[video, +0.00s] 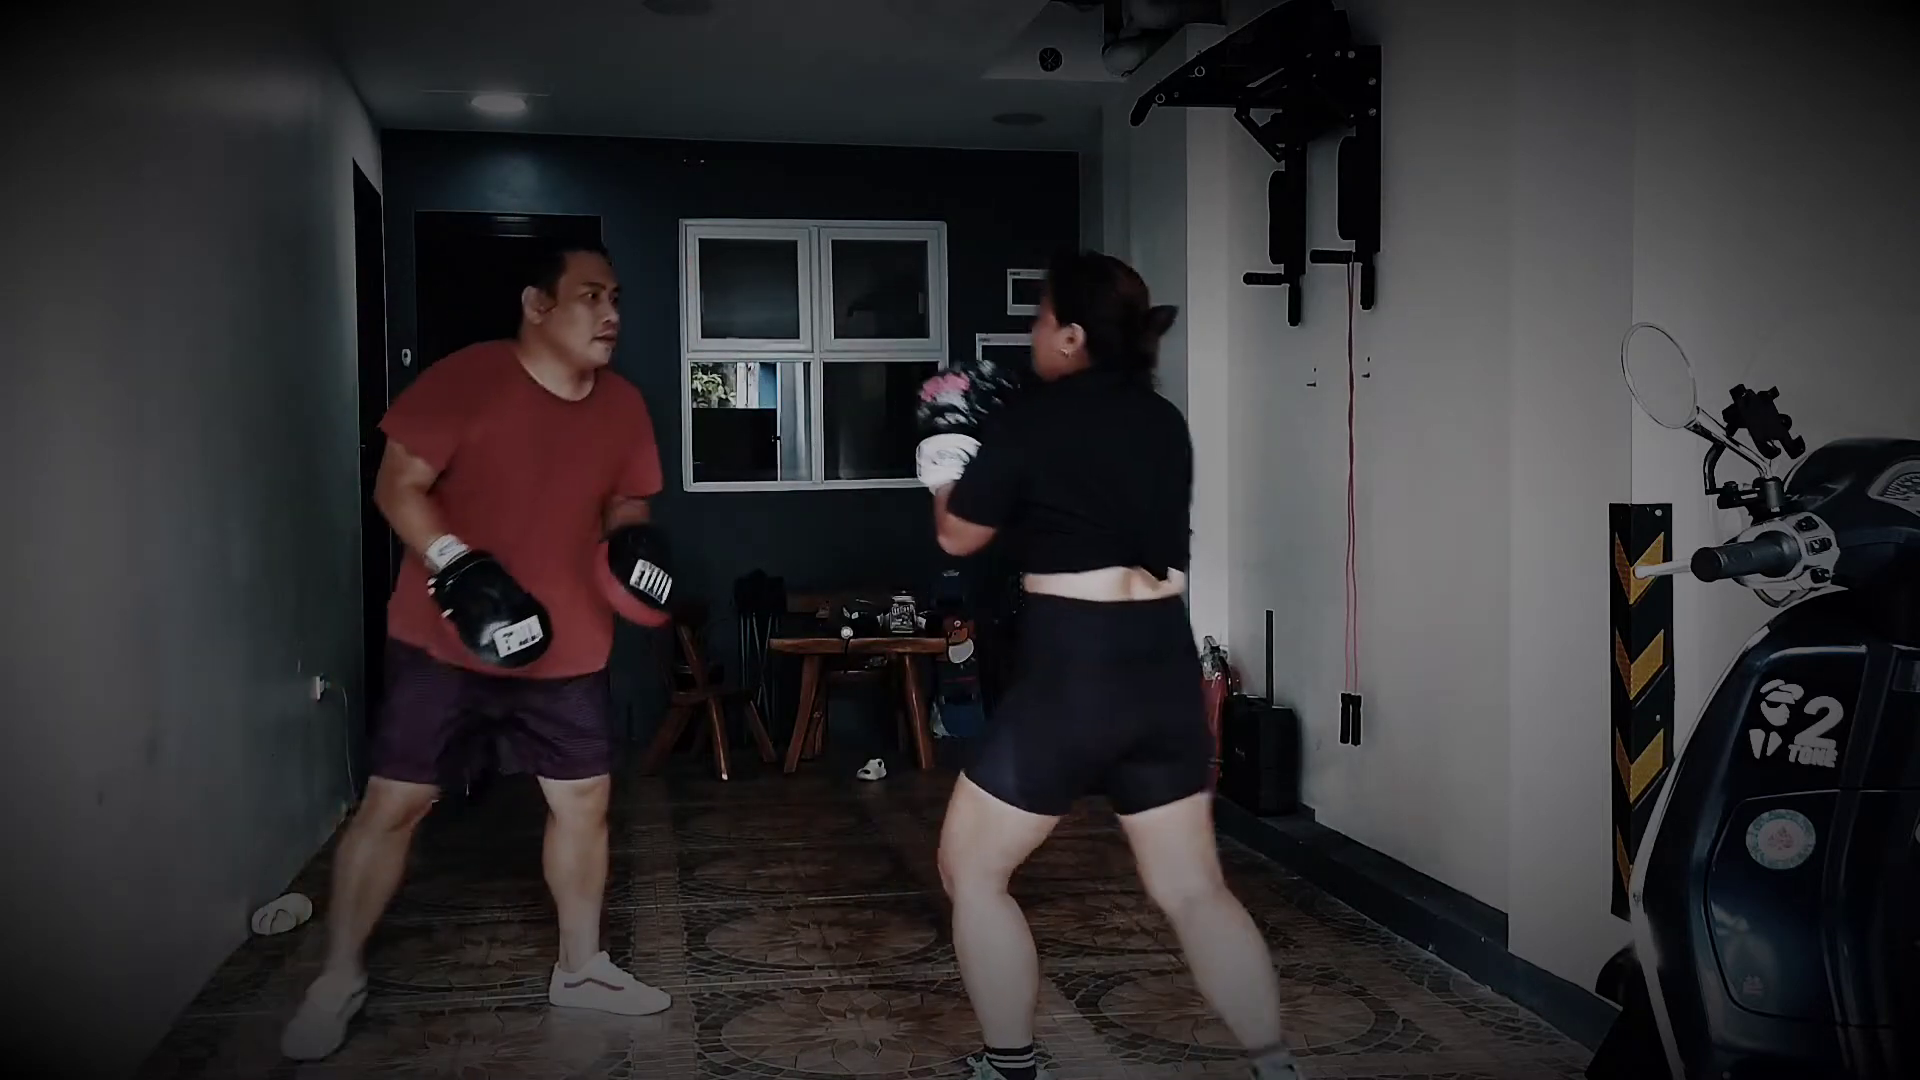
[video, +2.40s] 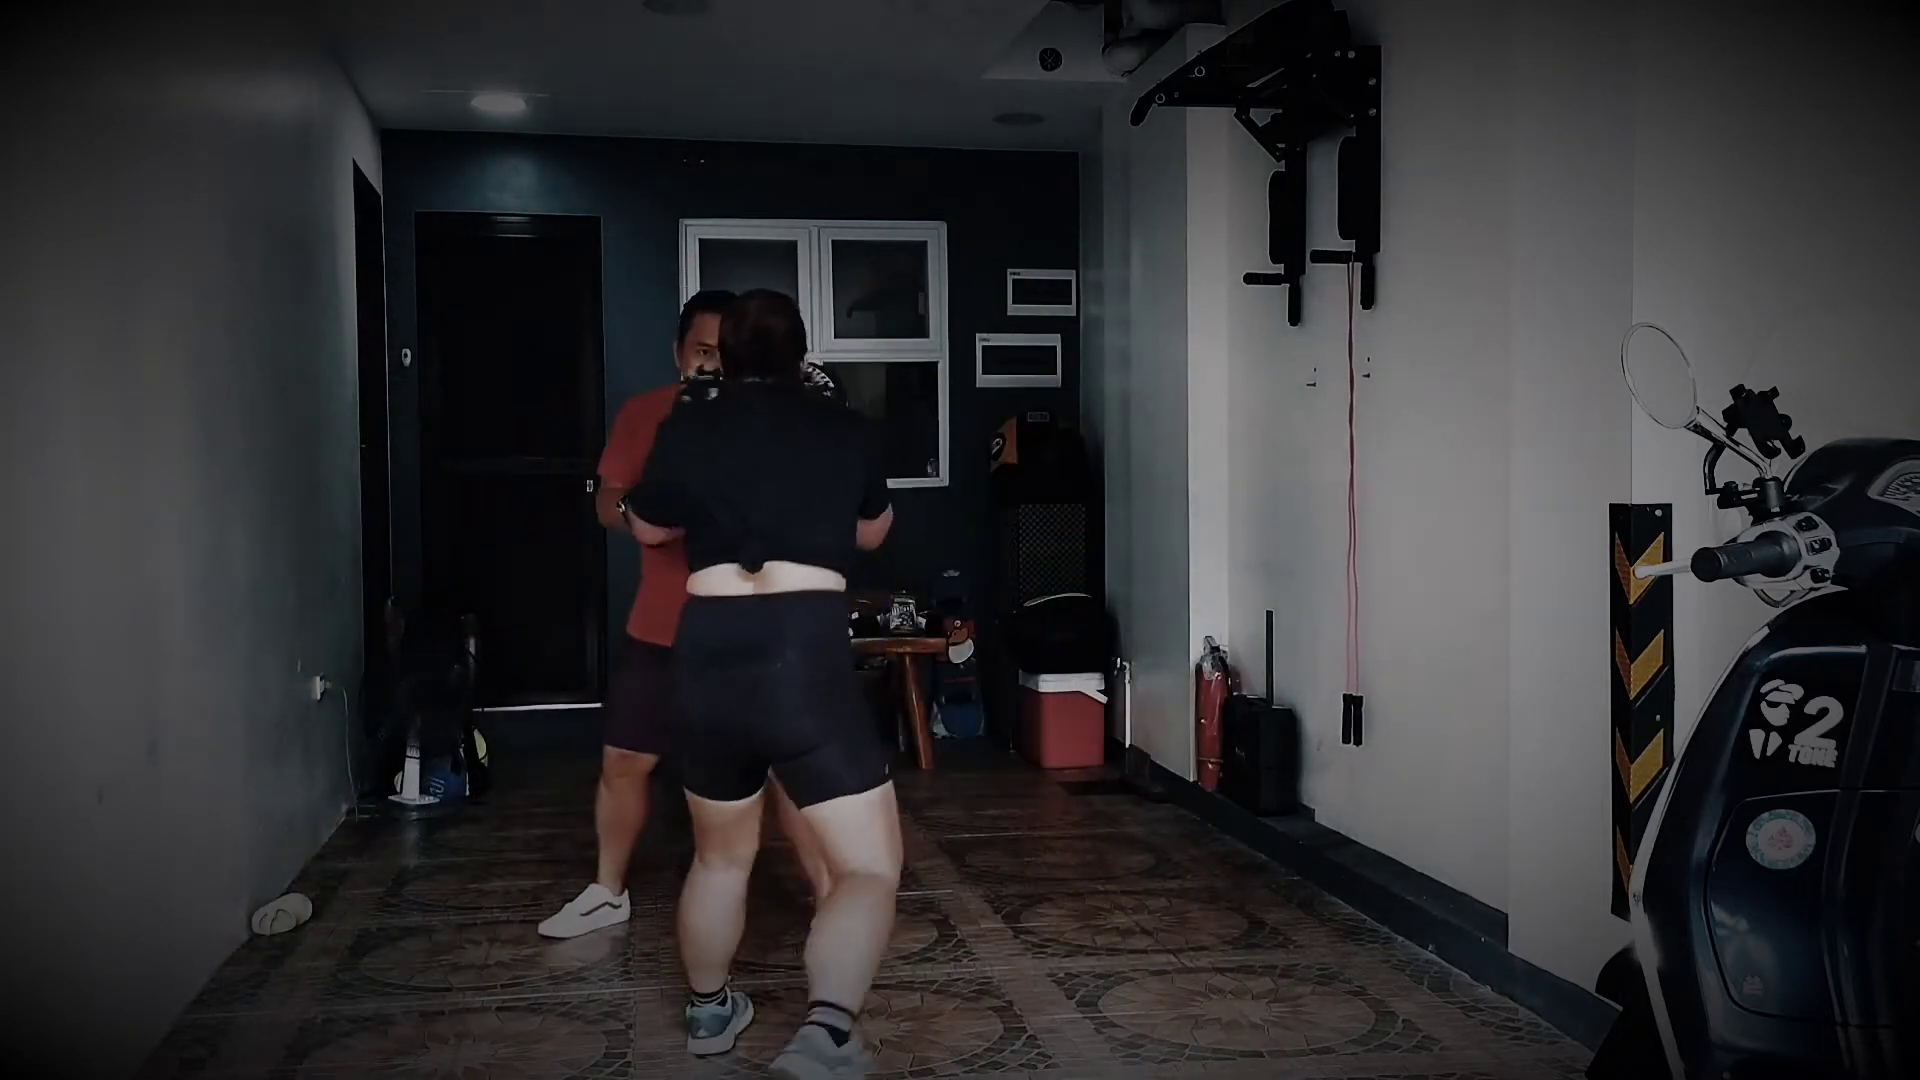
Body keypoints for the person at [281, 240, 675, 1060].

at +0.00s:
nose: (610, 312)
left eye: (614, 298)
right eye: (591, 296)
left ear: (613, 313)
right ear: (537, 307)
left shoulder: (621, 404)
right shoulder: (466, 381)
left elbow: (630, 503)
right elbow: (397, 487)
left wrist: (636, 548)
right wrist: (461, 571)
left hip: (568, 651)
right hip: (445, 645)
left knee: (583, 797)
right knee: (394, 803)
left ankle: (580, 969)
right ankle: (340, 973)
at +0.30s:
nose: (599, 338)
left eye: (604, 323)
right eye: (581, 323)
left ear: (608, 331)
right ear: (530, 328)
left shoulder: (615, 418)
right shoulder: (459, 401)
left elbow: (667, 509)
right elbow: (408, 509)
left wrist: (694, 442)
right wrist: (490, 514)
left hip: (582, 648)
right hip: (467, 655)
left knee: (643, 763)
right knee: (451, 811)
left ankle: (616, 935)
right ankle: (447, 939)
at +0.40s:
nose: (600, 345)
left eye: (605, 330)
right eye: (582, 330)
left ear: (609, 337)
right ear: (531, 334)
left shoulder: (617, 419)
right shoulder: (466, 403)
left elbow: (678, 502)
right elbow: (417, 514)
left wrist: (699, 432)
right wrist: (495, 502)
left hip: (589, 649)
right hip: (471, 658)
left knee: (657, 765)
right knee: (452, 812)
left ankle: (686, 928)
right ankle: (448, 939)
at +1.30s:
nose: (682, 346)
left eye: (695, 331)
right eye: (665, 330)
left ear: (708, 335)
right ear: (628, 331)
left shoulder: (731, 404)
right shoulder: (578, 398)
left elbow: (782, 457)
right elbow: (529, 492)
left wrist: (792, 385)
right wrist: (568, 501)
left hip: (697, 642)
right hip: (584, 641)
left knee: (726, 783)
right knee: (537, 777)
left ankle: (746, 941)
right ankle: (530, 898)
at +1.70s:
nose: (666, 359)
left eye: (679, 345)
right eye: (650, 344)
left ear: (694, 349)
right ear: (618, 347)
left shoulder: (720, 410)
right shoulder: (576, 418)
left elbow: (769, 470)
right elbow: (540, 505)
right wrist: (574, 519)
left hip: (715, 636)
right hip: (609, 641)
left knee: (758, 773)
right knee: (595, 773)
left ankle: (799, 901)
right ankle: (607, 891)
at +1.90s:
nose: (692, 357)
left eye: (706, 343)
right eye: (676, 343)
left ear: (724, 350)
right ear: (649, 350)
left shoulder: (745, 419)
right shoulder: (617, 419)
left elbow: (775, 504)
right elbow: (583, 503)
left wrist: (729, 516)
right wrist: (601, 520)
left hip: (727, 637)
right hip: (640, 636)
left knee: (740, 778)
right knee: (616, 770)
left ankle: (755, 897)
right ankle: (610, 891)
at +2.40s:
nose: (709, 361)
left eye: (722, 350)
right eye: (699, 348)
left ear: (745, 356)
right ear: (677, 350)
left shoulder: (770, 416)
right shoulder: (646, 414)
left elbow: (795, 498)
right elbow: (605, 501)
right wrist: (637, 518)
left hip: (748, 631)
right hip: (660, 627)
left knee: (781, 771)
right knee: (622, 760)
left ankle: (830, 896)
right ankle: (609, 889)